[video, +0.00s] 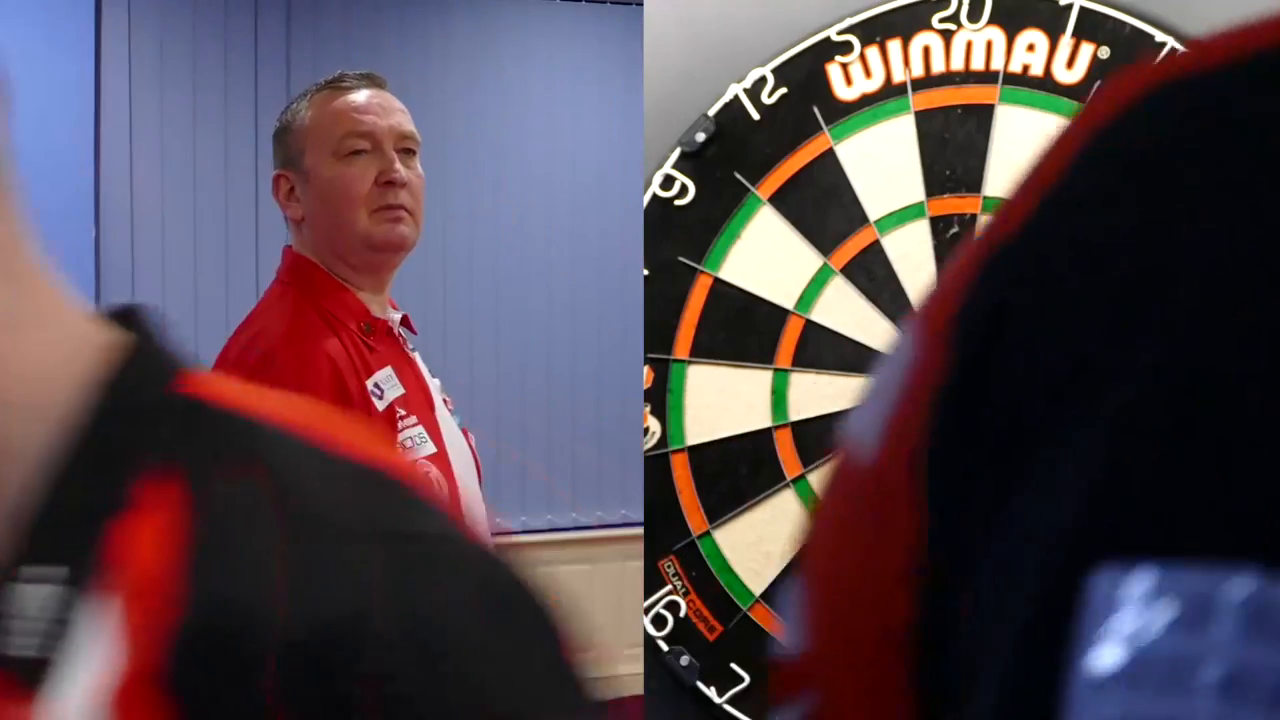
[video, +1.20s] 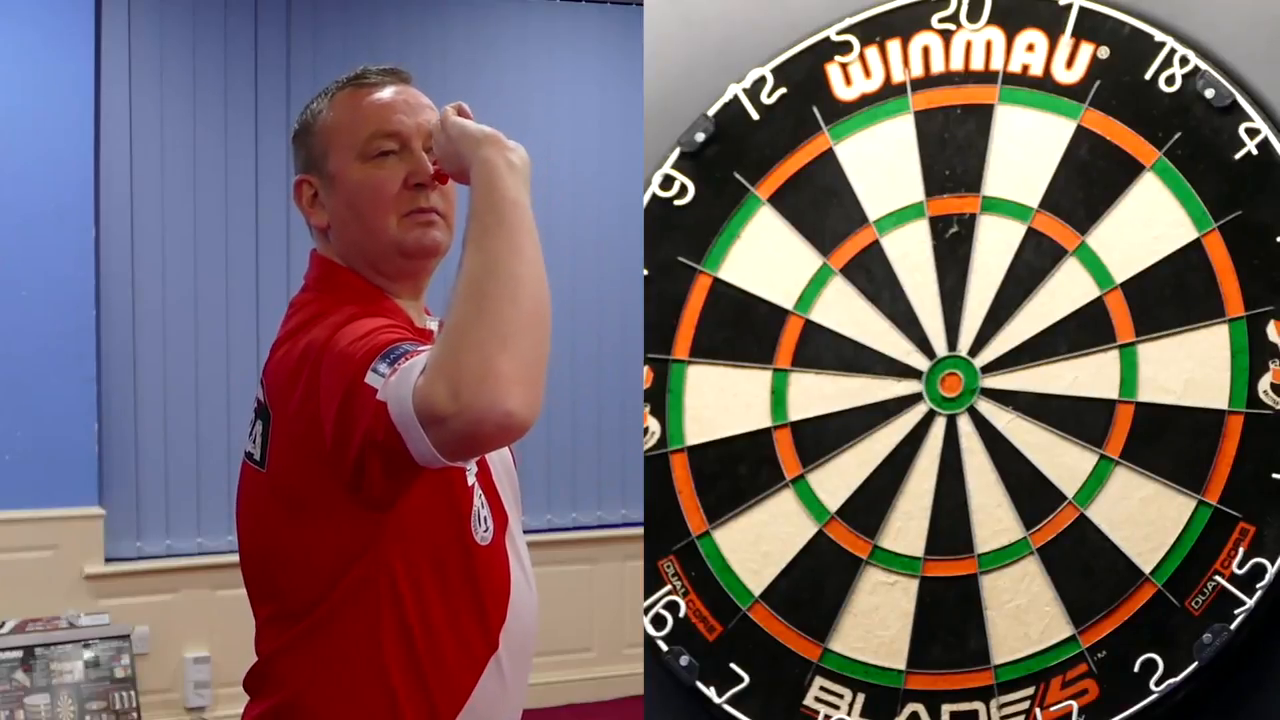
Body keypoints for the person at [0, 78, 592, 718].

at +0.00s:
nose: (395, 173)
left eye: (407, 153)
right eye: (358, 152)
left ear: (425, 180)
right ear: (291, 194)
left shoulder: (382, 327)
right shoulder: (285, 352)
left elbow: (443, 510)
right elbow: (268, 580)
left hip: (437, 659)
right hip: (353, 679)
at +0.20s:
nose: (409, 171)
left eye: (420, 150)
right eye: (369, 149)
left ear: (435, 176)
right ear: (301, 195)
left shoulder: (391, 329)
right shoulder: (306, 350)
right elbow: (327, 615)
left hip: (442, 701)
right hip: (360, 706)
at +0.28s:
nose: (414, 171)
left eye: (425, 149)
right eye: (374, 149)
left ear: (440, 174)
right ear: (305, 196)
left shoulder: (395, 328)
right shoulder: (314, 349)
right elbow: (371, 591)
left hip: (452, 700)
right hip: (369, 705)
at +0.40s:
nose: (418, 169)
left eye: (430, 148)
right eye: (378, 148)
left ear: (444, 171)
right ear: (308, 195)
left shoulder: (398, 326)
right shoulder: (321, 346)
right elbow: (414, 538)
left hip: (445, 697)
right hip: (363, 704)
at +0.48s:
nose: (422, 168)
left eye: (434, 148)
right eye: (381, 149)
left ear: (450, 171)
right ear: (313, 195)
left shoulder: (405, 325)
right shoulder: (329, 338)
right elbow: (449, 481)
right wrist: (536, 236)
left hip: (454, 696)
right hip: (368, 703)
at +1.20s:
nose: (427, 172)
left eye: (436, 150)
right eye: (385, 153)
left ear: (452, 170)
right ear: (315, 201)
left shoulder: (420, 331)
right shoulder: (332, 346)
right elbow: (487, 403)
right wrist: (501, 169)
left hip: (471, 700)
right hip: (367, 703)